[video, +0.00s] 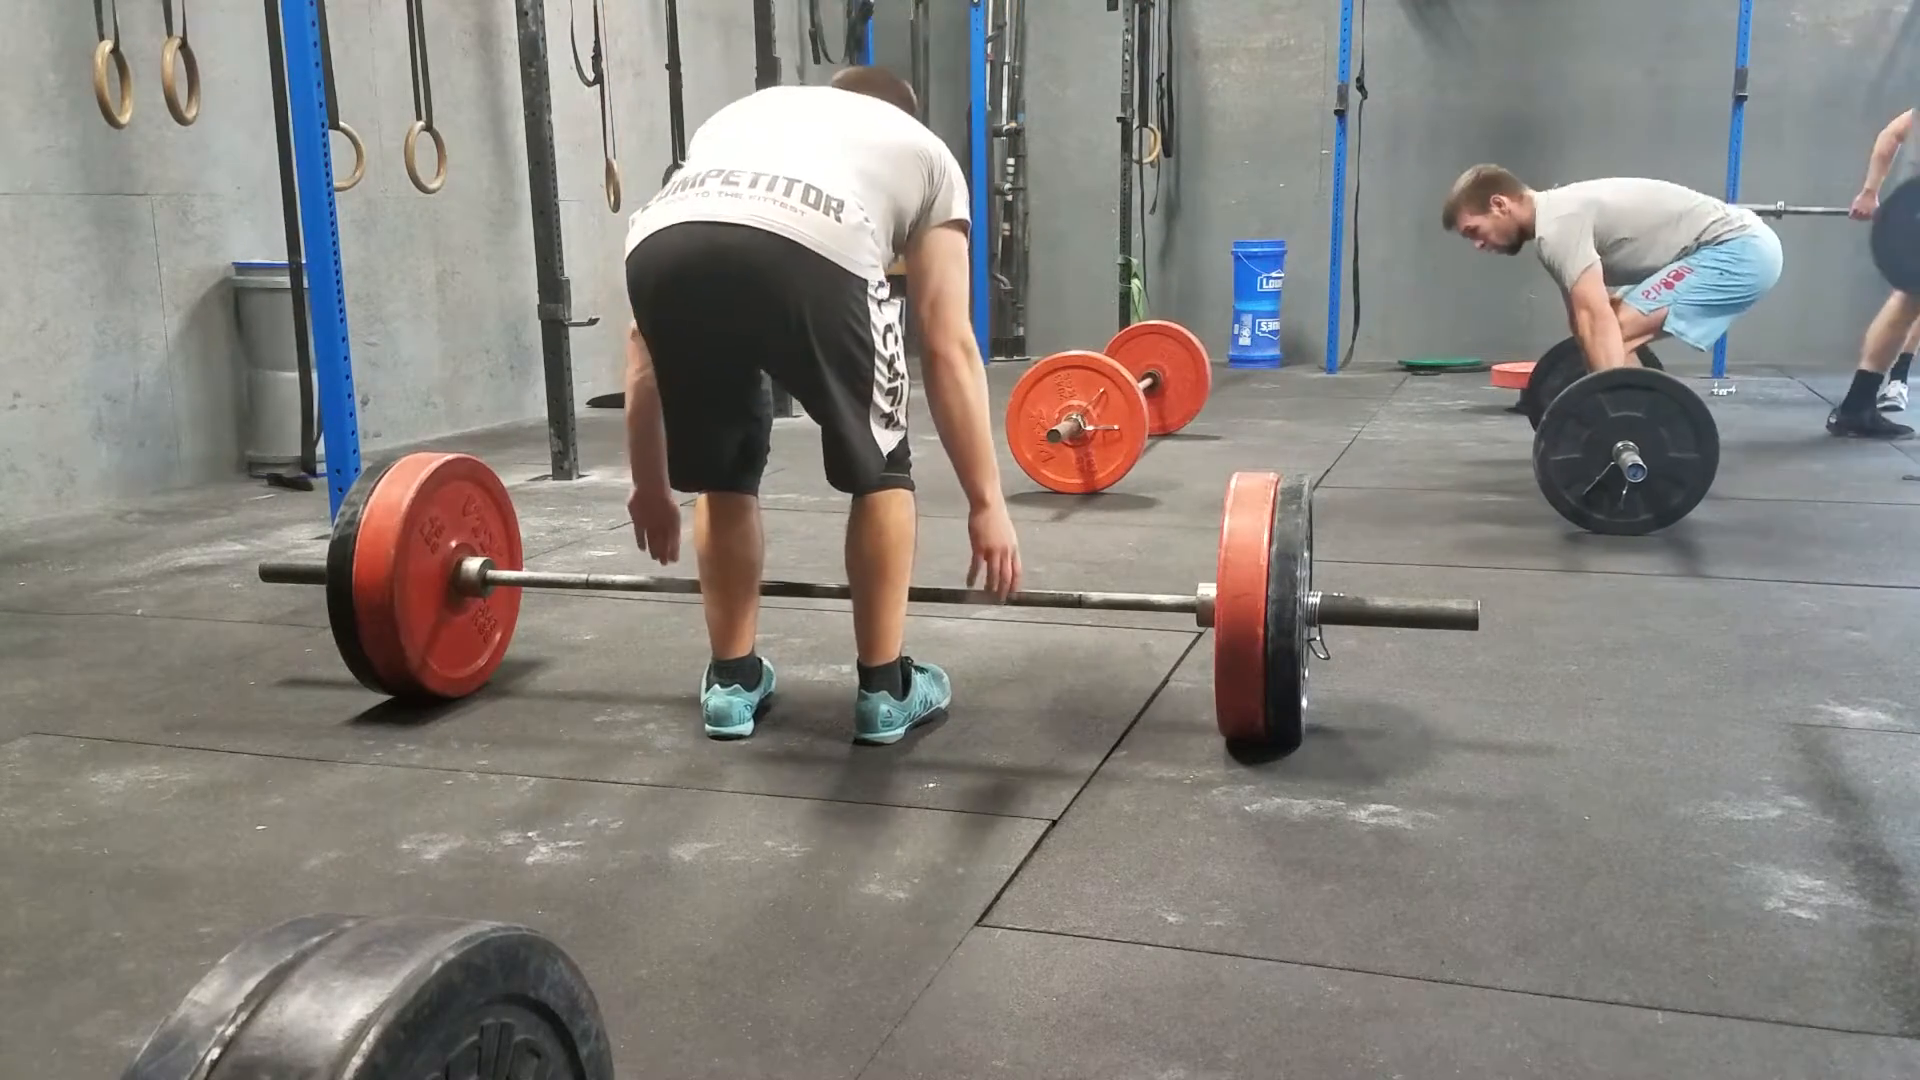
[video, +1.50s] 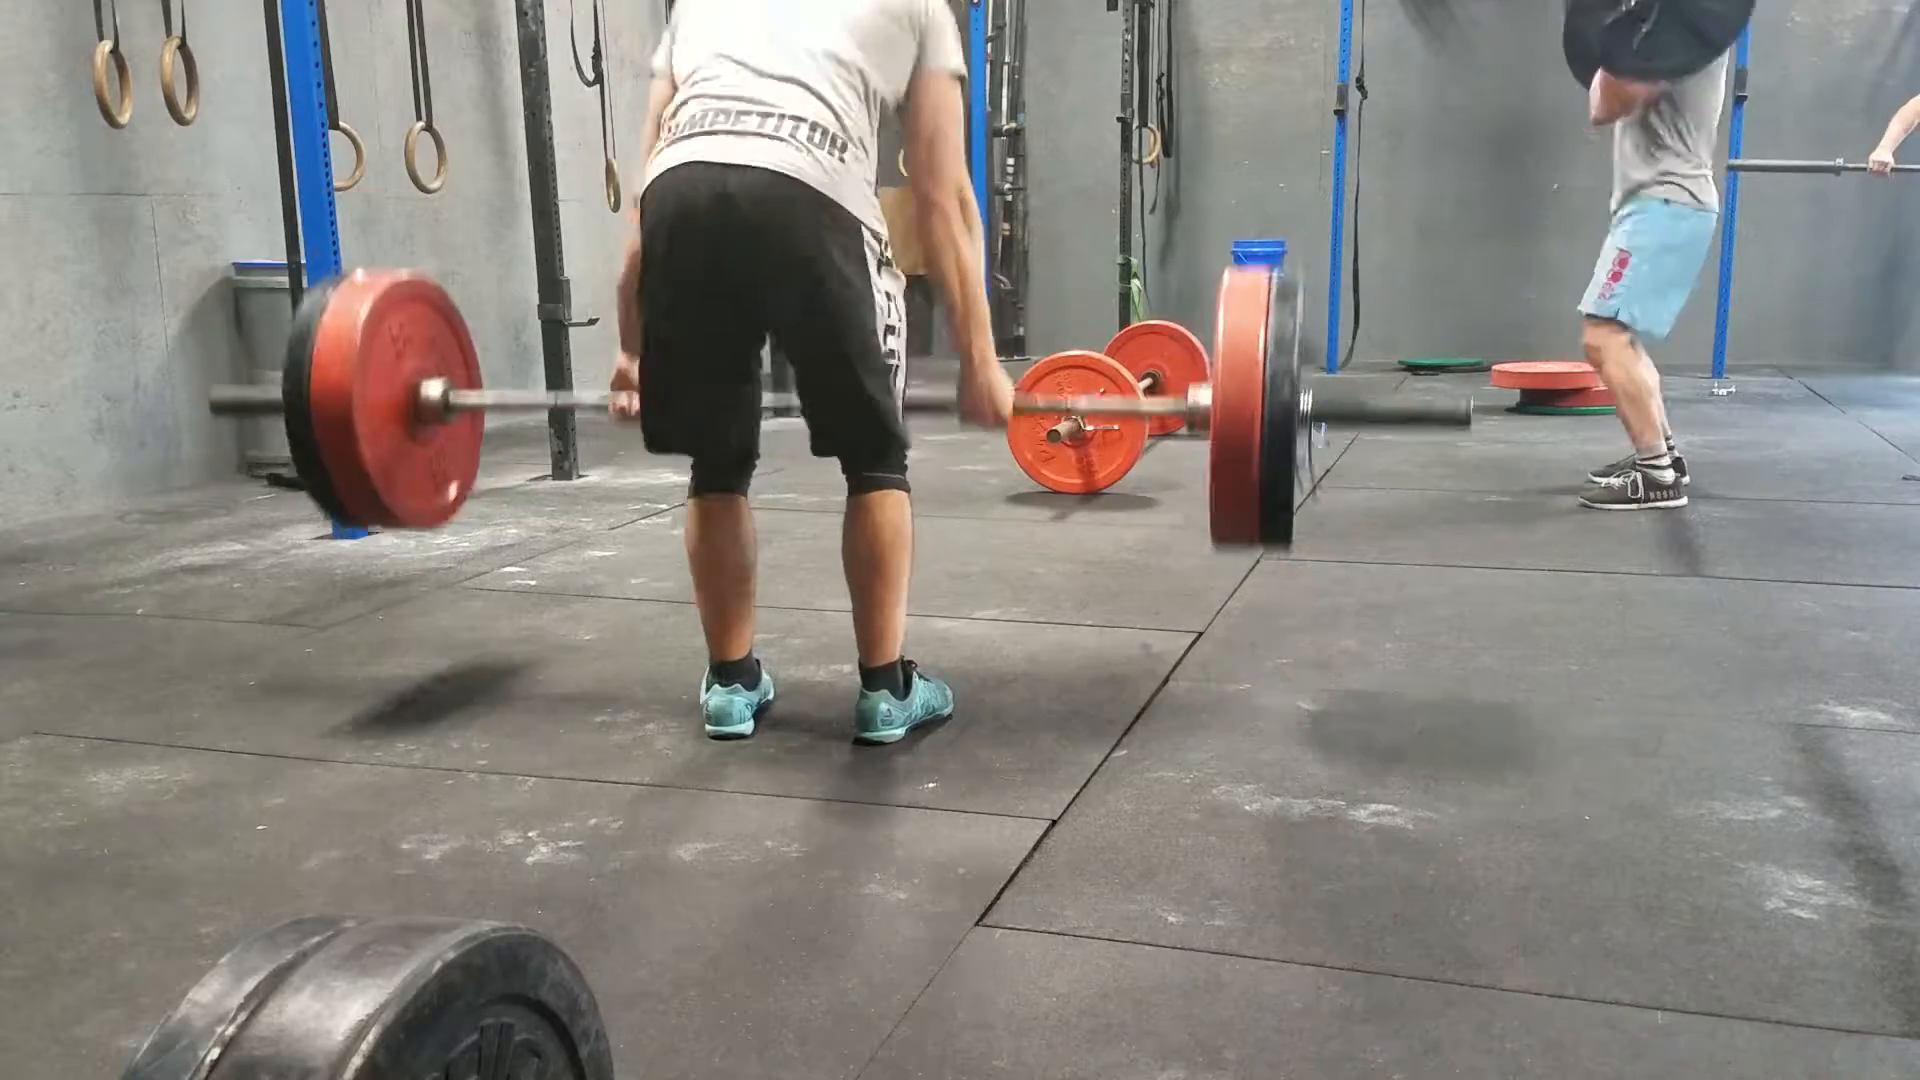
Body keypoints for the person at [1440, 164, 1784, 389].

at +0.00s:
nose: (1477, 245)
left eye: (1474, 232)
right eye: (1469, 239)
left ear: (1502, 204)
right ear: (1504, 204)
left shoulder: (1558, 224)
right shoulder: (1553, 224)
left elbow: (1596, 318)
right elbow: (1583, 319)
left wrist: (1616, 409)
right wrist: (1603, 400)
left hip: (1738, 248)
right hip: (1730, 245)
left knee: (1610, 331)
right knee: (1596, 319)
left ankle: (1638, 435)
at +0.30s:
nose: (1474, 186)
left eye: (1480, 173)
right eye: (1473, 175)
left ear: (1514, 171)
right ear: (1515, 172)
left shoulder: (1567, 210)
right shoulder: (1566, 205)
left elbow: (1591, 312)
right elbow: (1599, 307)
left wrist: (1598, 404)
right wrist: (1592, 400)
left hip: (1733, 260)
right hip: (1733, 259)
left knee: (1603, 333)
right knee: (1601, 330)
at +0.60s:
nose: (1510, 70)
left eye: (1521, 58)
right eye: (1514, 58)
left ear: (1554, 68)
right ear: (1555, 69)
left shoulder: (1591, 120)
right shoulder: (1586, 121)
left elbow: (1611, 225)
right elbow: (1605, 223)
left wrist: (1595, 318)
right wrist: (1594, 313)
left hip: (1740, 213)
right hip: (1721, 213)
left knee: (1653, 324)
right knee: (1644, 317)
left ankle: (1641, 467)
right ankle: (1630, 458)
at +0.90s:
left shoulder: (1675, 11)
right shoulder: (1661, 16)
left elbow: (1655, 108)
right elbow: (1652, 113)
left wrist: (1616, 195)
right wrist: (1611, 193)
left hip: (1642, 201)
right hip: (1633, 200)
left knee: (1585, 333)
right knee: (1586, 332)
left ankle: (1631, 463)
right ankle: (1620, 456)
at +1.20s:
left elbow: (1672, 109)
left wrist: (1630, 45)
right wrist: (1618, 27)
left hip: (1655, 212)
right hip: (1639, 205)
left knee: (1575, 349)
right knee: (1589, 346)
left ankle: (1647, 465)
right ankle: (1655, 450)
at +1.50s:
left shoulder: (1682, 30)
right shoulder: (1673, 27)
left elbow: (1604, 106)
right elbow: (1605, 106)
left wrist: (1628, 22)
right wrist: (1627, 29)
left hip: (1665, 198)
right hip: (1662, 197)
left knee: (1603, 335)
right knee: (1616, 335)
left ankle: (1655, 468)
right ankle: (1661, 455)